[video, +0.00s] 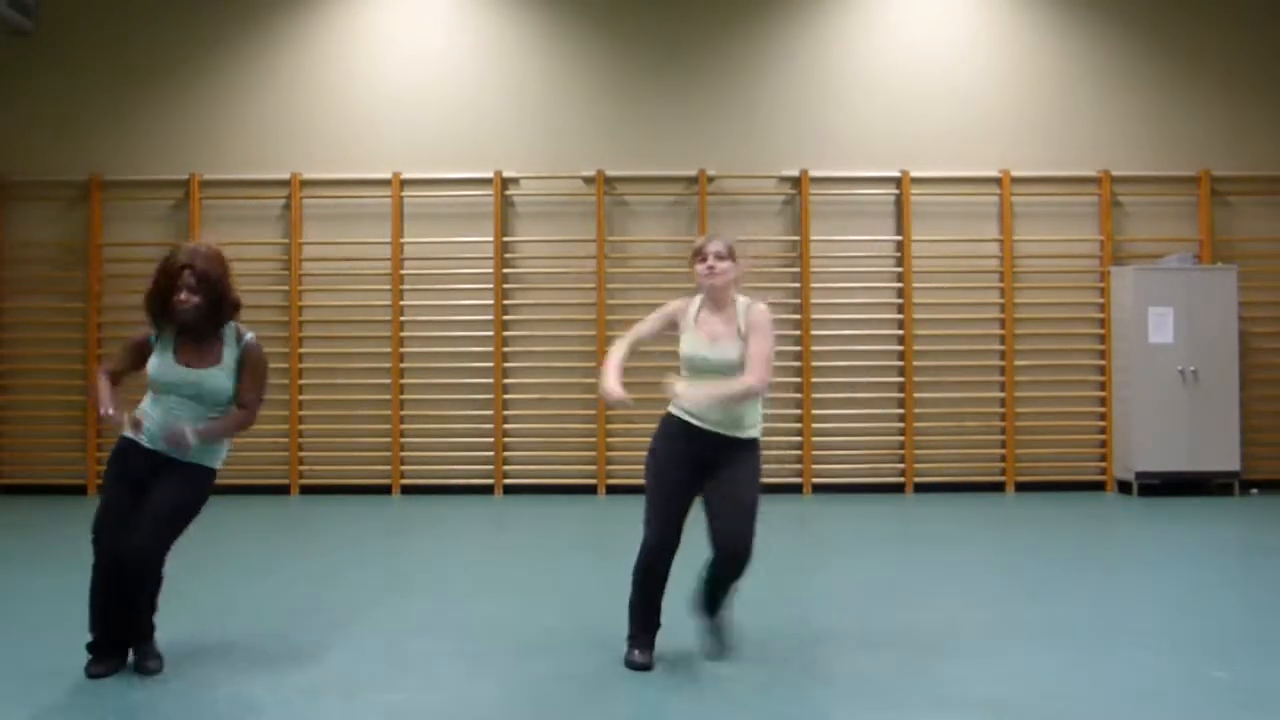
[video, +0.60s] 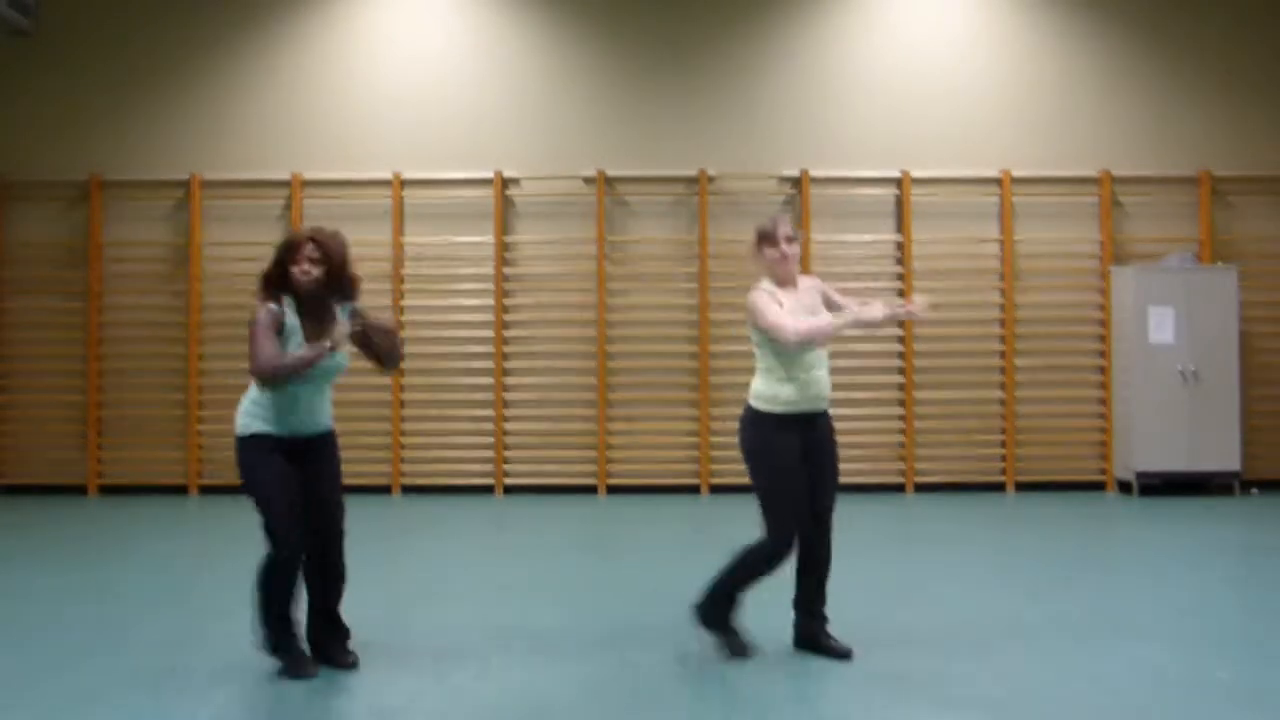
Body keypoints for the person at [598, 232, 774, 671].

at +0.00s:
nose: (710, 265)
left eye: (720, 258)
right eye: (703, 259)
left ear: (736, 267)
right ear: (694, 269)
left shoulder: (755, 313)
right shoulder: (683, 310)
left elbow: (757, 381)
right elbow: (629, 338)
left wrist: (697, 393)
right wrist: (610, 374)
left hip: (736, 448)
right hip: (680, 438)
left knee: (735, 550)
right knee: (659, 544)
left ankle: (710, 606)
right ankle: (641, 638)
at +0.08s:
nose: (699, 272)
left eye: (708, 265)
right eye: (691, 267)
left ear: (722, 274)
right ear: (680, 278)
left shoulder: (750, 320)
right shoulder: (669, 331)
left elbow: (779, 380)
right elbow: (638, 394)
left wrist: (748, 414)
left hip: (728, 451)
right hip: (673, 447)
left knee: (713, 554)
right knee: (656, 542)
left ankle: (661, 618)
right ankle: (635, 631)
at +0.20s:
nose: (707, 258)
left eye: (713, 250)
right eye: (696, 255)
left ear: (727, 258)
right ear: (685, 270)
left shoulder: (752, 292)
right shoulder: (682, 319)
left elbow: (803, 309)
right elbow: (700, 376)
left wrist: (800, 327)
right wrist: (747, 340)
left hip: (732, 433)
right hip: (679, 429)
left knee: (748, 539)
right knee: (657, 533)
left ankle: (705, 616)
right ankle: (633, 634)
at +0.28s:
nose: (723, 247)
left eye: (729, 238)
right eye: (712, 242)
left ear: (741, 244)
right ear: (701, 255)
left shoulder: (760, 278)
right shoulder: (701, 300)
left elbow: (798, 280)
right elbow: (740, 329)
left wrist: (831, 274)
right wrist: (785, 286)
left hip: (741, 425)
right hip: (689, 422)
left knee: (775, 522)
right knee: (662, 528)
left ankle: (755, 618)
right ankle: (636, 635)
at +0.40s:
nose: (746, 245)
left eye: (753, 236)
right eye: (736, 240)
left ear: (766, 243)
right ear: (724, 252)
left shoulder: (780, 285)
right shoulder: (725, 293)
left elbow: (834, 270)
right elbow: (781, 279)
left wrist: (880, 238)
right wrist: (843, 245)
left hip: (768, 424)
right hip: (716, 422)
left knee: (795, 525)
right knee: (681, 525)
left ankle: (811, 627)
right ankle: (637, 633)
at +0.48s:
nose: (764, 250)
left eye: (770, 242)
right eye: (754, 244)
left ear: (781, 247)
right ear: (739, 253)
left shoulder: (796, 291)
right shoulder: (738, 296)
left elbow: (854, 280)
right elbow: (795, 285)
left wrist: (889, 253)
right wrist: (863, 251)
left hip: (793, 426)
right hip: (744, 426)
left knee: (803, 535)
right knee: (707, 531)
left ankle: (810, 630)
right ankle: (644, 630)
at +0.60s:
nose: (785, 250)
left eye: (791, 241)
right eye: (775, 244)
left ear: (801, 246)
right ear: (761, 253)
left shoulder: (813, 288)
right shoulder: (761, 298)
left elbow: (854, 309)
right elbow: (790, 335)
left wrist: (899, 310)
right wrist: (847, 321)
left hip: (815, 423)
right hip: (769, 425)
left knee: (818, 532)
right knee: (781, 537)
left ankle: (810, 629)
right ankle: (714, 607)